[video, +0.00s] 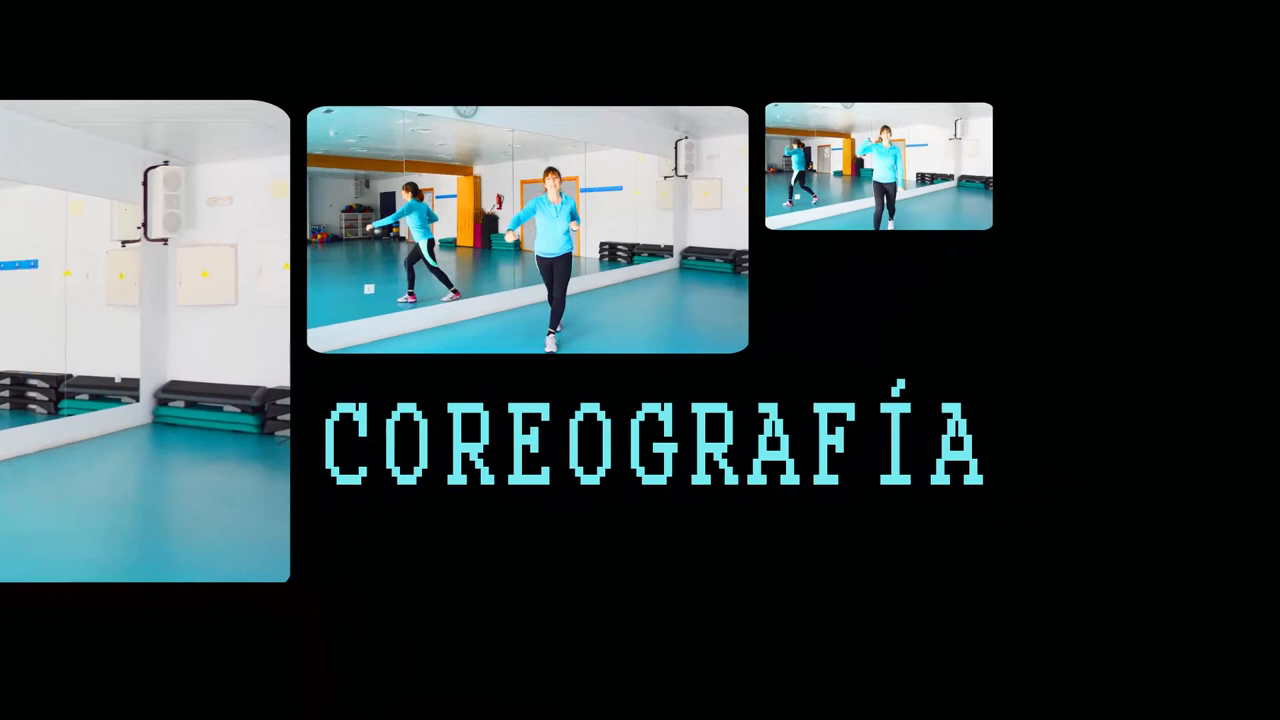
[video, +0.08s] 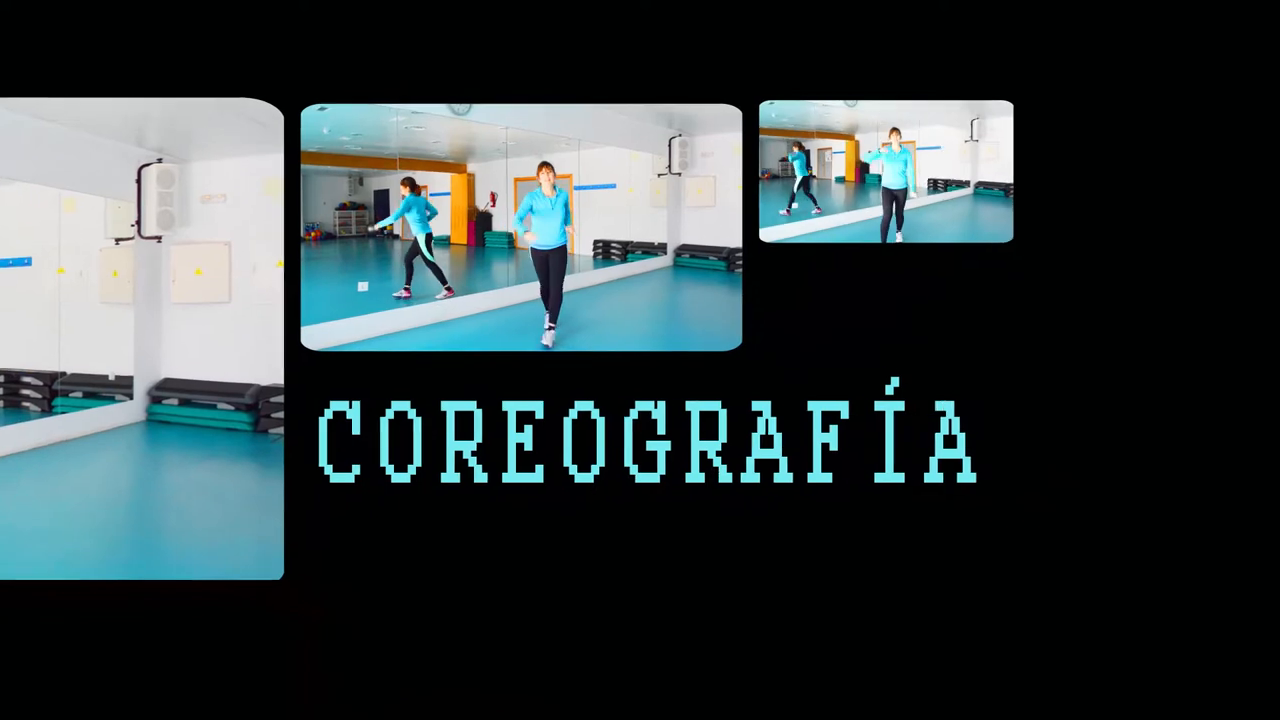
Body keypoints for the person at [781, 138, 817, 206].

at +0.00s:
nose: (793, 146)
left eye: (794, 144)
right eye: (793, 144)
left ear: (796, 144)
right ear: (799, 145)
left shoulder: (796, 150)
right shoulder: (801, 151)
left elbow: (787, 153)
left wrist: (786, 148)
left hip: (797, 169)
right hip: (802, 169)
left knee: (791, 184)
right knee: (802, 185)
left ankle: (790, 201)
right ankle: (814, 196)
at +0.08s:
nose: (793, 149)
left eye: (794, 147)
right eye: (793, 147)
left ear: (797, 147)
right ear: (799, 147)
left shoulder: (798, 154)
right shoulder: (802, 154)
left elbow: (791, 159)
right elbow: (792, 160)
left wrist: (789, 155)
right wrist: (789, 156)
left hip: (801, 175)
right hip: (805, 174)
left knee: (794, 191)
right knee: (807, 192)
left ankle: (788, 209)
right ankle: (817, 207)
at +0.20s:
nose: (795, 150)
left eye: (796, 148)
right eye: (795, 148)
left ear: (799, 147)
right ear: (802, 147)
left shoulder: (801, 155)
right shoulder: (805, 155)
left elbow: (797, 165)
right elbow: (803, 169)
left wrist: (790, 167)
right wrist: (796, 173)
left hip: (805, 179)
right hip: (810, 178)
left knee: (801, 200)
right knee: (811, 199)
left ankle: (798, 221)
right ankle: (817, 219)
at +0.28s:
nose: (796, 149)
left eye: (797, 147)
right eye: (797, 147)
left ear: (801, 147)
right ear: (804, 147)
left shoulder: (803, 156)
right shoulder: (807, 155)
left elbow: (797, 167)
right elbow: (798, 167)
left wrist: (787, 173)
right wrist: (789, 172)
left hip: (810, 182)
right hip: (809, 181)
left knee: (809, 204)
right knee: (808, 204)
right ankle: (814, 226)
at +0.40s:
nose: (800, 152)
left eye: (801, 150)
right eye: (800, 150)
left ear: (805, 150)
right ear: (809, 150)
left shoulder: (805, 160)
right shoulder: (815, 160)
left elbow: (795, 172)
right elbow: (820, 173)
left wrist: (781, 179)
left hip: (813, 188)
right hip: (815, 188)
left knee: (817, 211)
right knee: (809, 212)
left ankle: (836, 232)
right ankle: (814, 236)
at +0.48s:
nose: (802, 156)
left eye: (803, 154)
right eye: (802, 154)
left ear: (808, 154)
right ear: (812, 154)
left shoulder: (807, 164)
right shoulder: (818, 164)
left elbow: (794, 175)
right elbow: (826, 177)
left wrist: (778, 182)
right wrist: (814, 177)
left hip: (818, 194)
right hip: (819, 194)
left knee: (826, 217)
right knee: (808, 216)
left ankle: (846, 237)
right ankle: (813, 242)